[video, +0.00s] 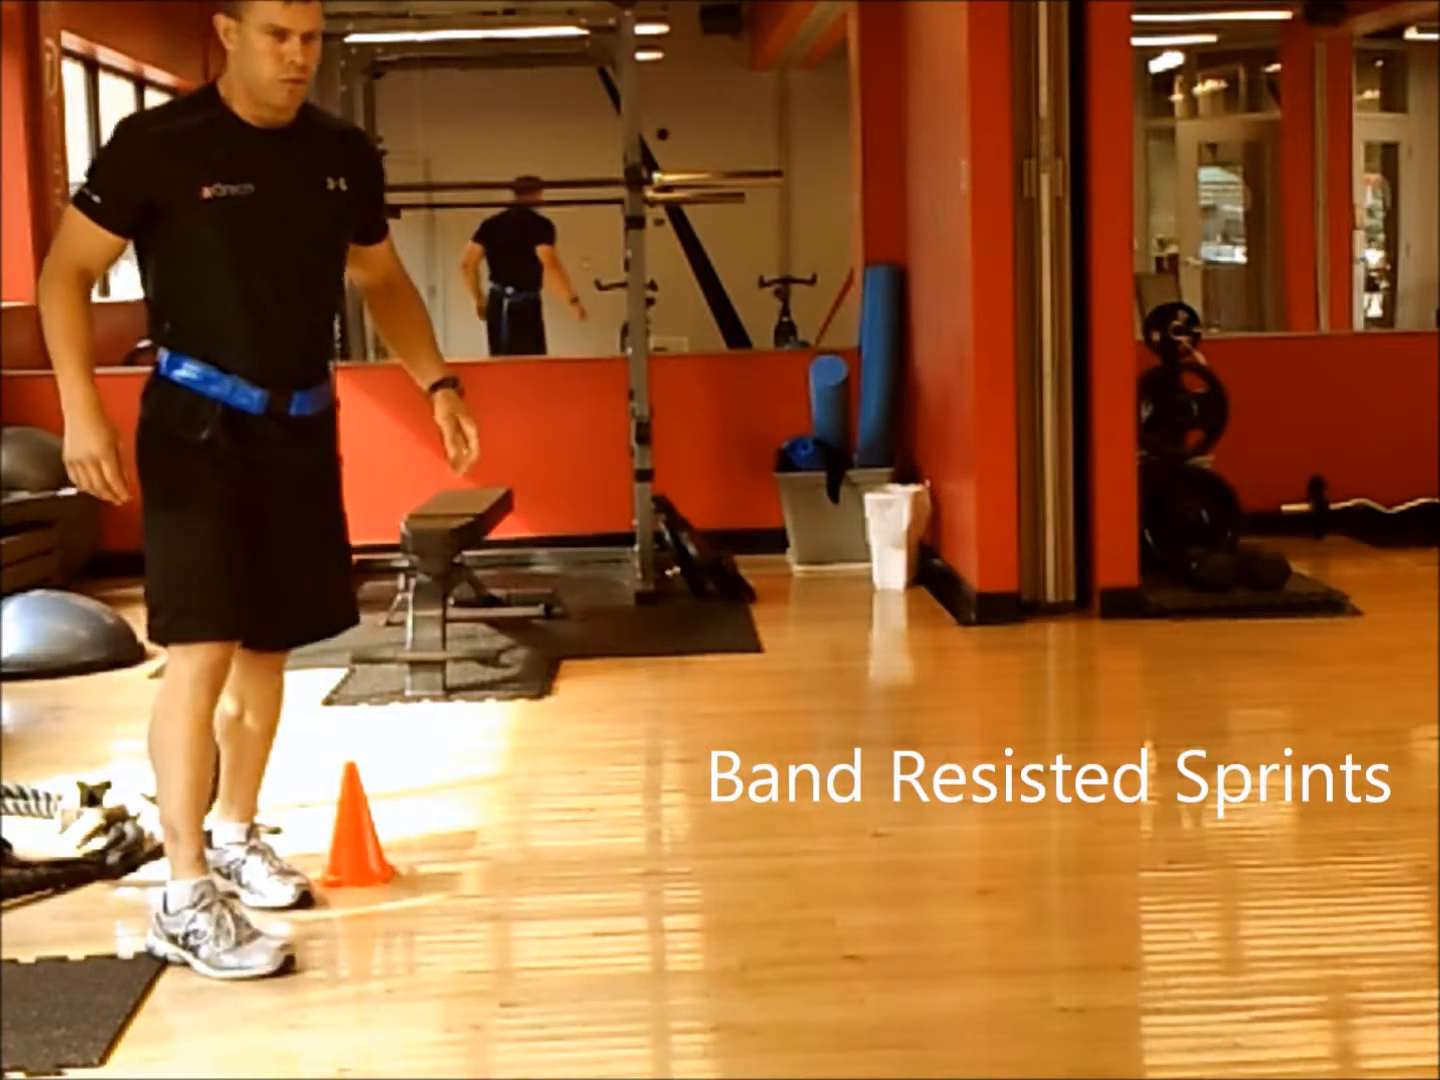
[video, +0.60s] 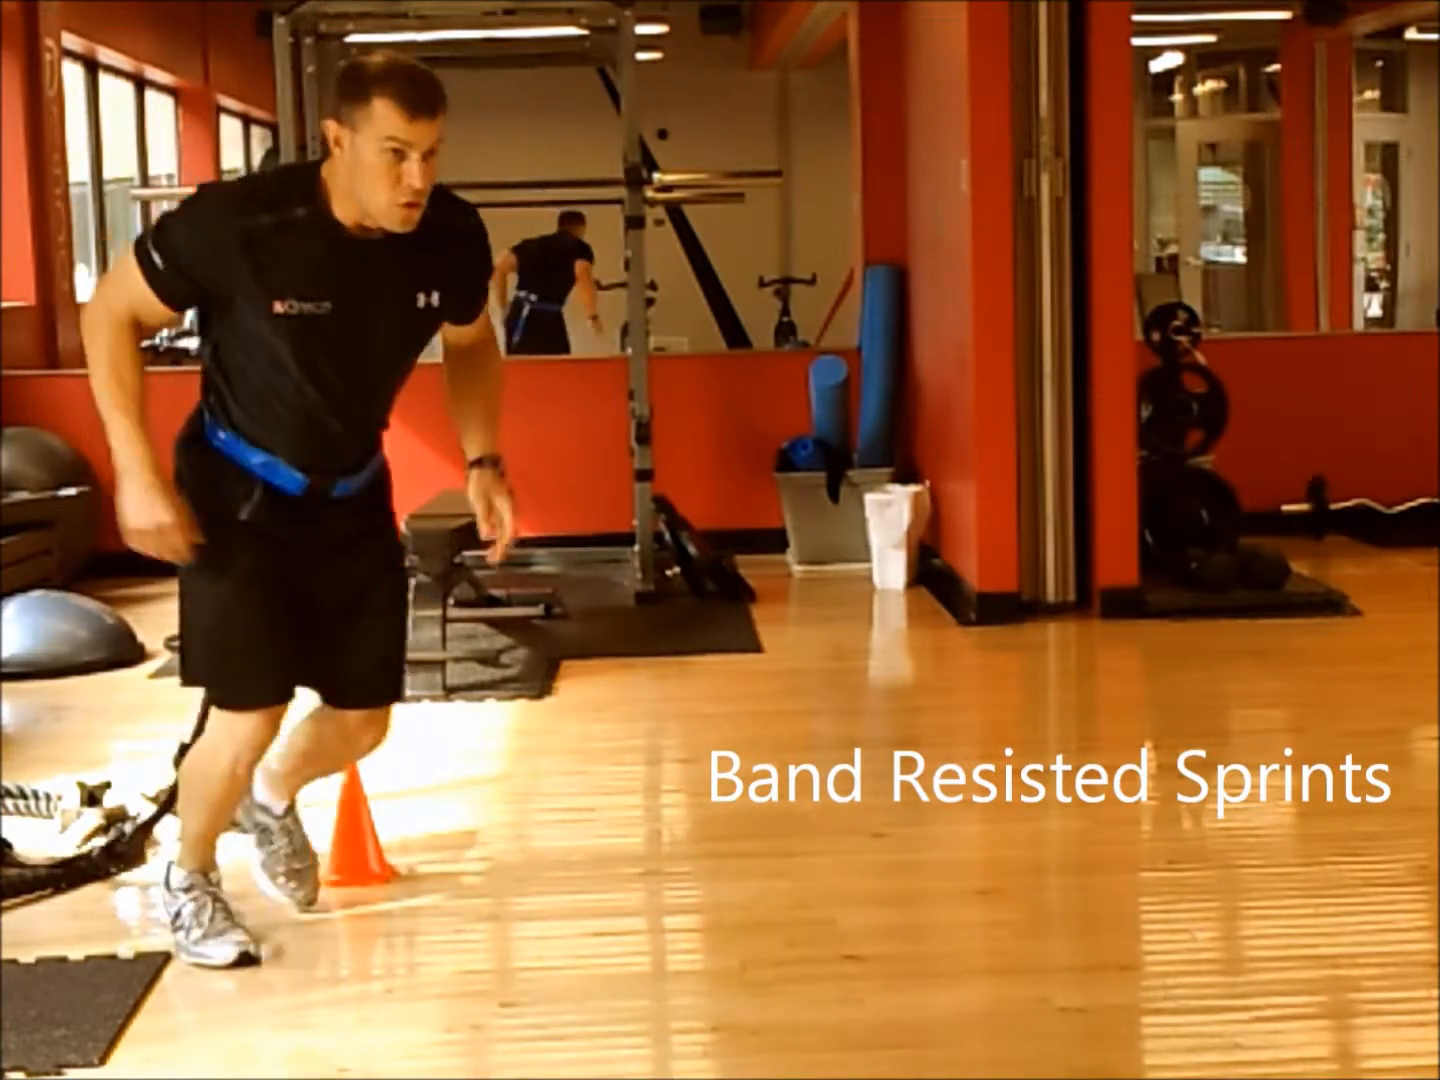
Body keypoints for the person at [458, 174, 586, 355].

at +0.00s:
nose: (541, 198)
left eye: (540, 193)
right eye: (539, 193)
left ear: (516, 194)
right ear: (534, 195)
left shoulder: (492, 223)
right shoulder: (540, 225)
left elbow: (468, 264)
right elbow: (550, 265)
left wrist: (478, 299)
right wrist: (571, 298)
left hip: (497, 299)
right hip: (526, 301)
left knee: (501, 359)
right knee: (532, 359)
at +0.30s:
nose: (557, 210)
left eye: (555, 204)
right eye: (556, 205)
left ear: (535, 203)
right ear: (554, 206)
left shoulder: (506, 227)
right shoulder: (557, 235)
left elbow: (473, 259)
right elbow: (564, 273)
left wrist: (473, 301)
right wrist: (579, 305)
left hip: (499, 301)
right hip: (529, 306)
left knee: (510, 363)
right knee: (530, 364)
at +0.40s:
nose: (566, 217)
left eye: (566, 213)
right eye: (566, 213)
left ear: (544, 210)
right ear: (561, 212)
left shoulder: (517, 229)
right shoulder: (564, 237)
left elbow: (476, 252)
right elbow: (573, 272)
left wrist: (469, 294)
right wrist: (587, 297)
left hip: (503, 305)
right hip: (531, 309)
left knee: (516, 363)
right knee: (529, 365)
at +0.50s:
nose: (575, 223)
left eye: (574, 218)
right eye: (574, 218)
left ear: (552, 216)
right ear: (572, 218)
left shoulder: (527, 235)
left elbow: (487, 251)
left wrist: (477, 287)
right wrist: (595, 288)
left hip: (509, 306)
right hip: (537, 312)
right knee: (538, 369)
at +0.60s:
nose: (583, 232)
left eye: (582, 228)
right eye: (582, 228)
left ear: (560, 226)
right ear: (580, 227)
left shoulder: (533, 243)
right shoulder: (580, 248)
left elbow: (500, 267)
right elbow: (582, 274)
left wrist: (501, 305)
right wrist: (592, 314)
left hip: (519, 313)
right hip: (549, 317)